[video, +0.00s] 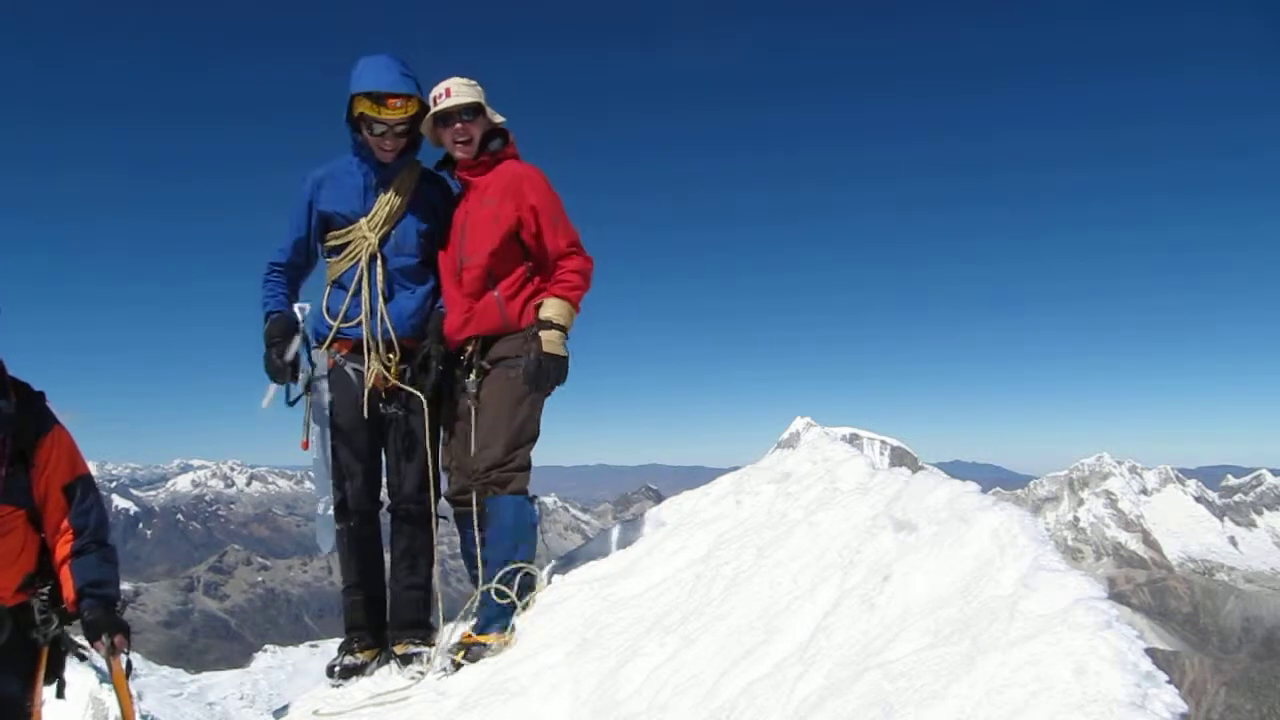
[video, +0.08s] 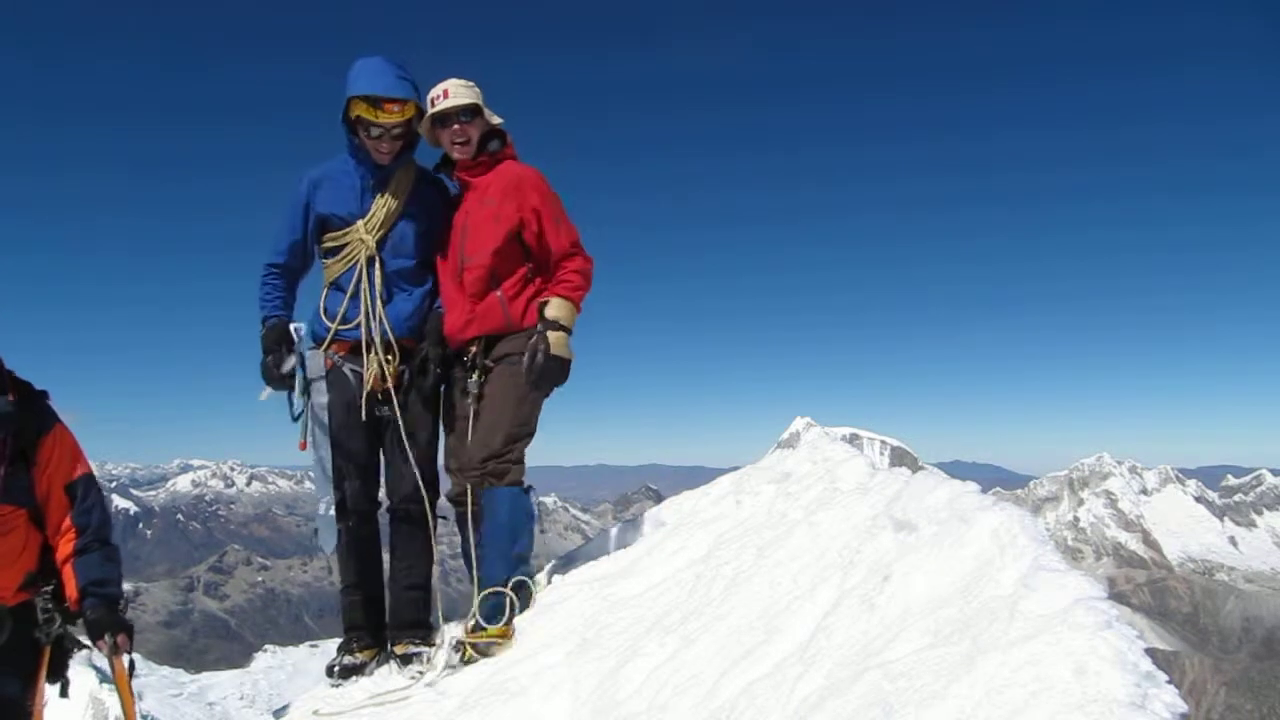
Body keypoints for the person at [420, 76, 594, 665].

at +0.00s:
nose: (459, 129)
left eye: (468, 117)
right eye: (447, 122)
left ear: (487, 120)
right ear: (437, 133)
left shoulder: (521, 179)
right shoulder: (451, 199)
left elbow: (572, 260)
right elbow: (444, 280)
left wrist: (553, 327)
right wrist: (439, 351)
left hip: (517, 342)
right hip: (464, 352)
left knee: (498, 466)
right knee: (463, 473)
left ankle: (507, 597)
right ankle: (487, 594)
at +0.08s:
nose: (457, 130)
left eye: (466, 118)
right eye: (445, 123)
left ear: (485, 121)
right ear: (435, 134)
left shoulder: (521, 181)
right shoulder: (448, 202)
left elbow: (572, 260)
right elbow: (440, 281)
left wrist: (557, 328)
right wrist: (436, 347)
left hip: (519, 342)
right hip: (465, 351)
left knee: (494, 461)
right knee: (466, 472)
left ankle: (502, 596)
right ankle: (489, 593)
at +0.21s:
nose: (457, 130)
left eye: (466, 118)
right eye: (445, 123)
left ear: (486, 121)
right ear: (436, 134)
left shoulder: (523, 182)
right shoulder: (448, 204)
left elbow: (572, 262)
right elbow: (437, 277)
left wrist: (556, 328)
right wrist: (433, 342)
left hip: (518, 341)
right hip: (463, 350)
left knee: (484, 445)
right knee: (465, 469)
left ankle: (507, 588)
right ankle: (486, 593)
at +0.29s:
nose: (459, 128)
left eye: (469, 116)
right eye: (447, 121)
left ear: (489, 120)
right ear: (437, 133)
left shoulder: (524, 182)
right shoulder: (446, 204)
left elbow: (569, 262)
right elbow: (436, 279)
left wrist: (553, 329)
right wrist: (431, 347)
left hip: (518, 343)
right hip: (462, 354)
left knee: (488, 442)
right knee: (464, 472)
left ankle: (521, 560)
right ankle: (489, 588)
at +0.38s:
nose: (462, 126)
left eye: (472, 114)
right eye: (450, 118)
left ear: (493, 118)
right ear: (440, 130)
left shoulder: (527, 183)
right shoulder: (446, 203)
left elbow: (567, 264)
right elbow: (436, 278)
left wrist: (550, 331)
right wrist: (432, 347)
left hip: (519, 345)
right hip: (462, 355)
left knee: (492, 452)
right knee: (469, 474)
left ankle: (535, 553)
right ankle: (493, 600)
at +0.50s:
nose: (467, 123)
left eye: (476, 111)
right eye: (455, 115)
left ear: (496, 115)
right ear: (444, 127)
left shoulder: (531, 184)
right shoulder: (445, 200)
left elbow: (565, 267)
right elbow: (435, 277)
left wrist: (545, 333)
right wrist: (432, 342)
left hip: (519, 345)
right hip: (461, 354)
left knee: (500, 453)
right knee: (468, 473)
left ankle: (531, 566)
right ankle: (494, 604)